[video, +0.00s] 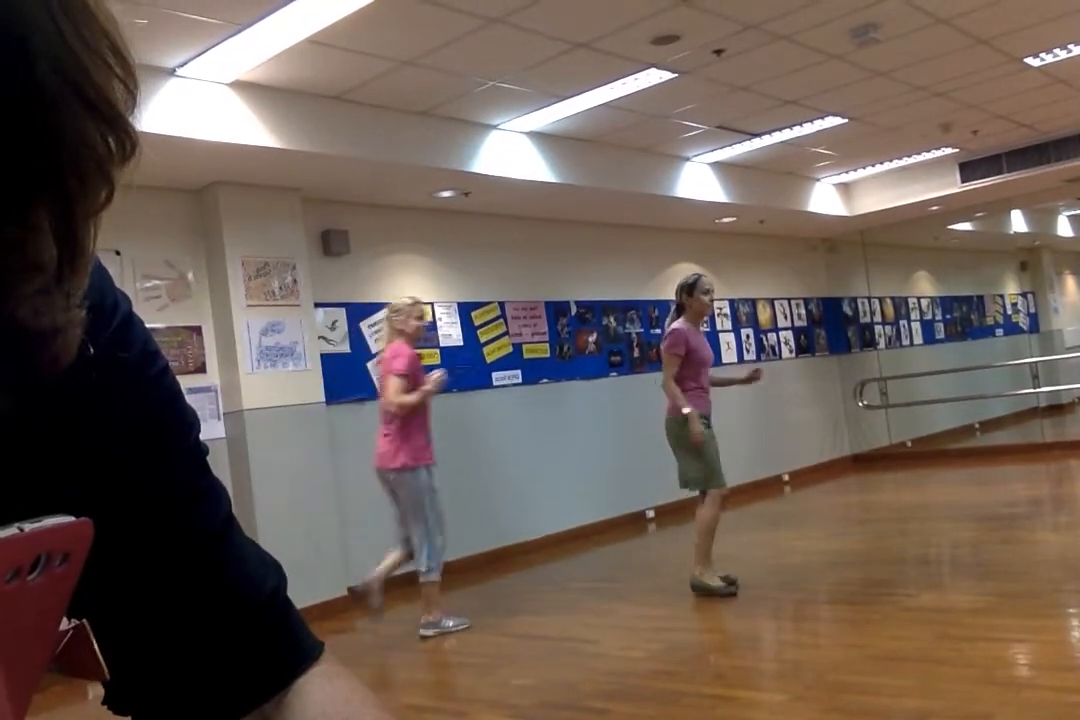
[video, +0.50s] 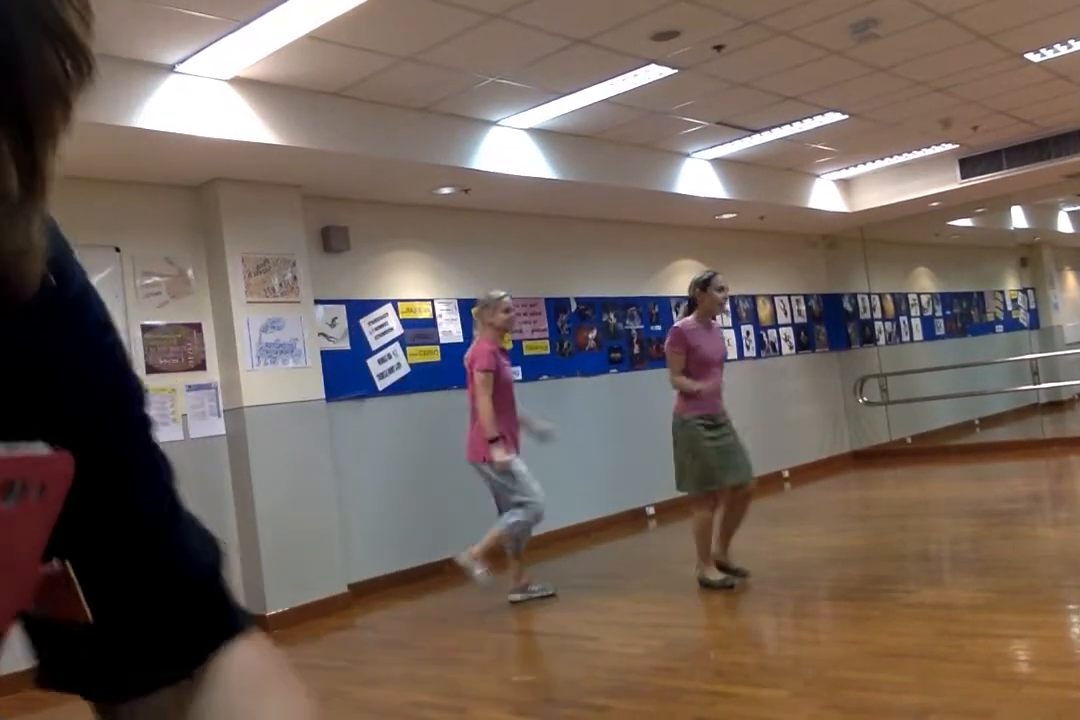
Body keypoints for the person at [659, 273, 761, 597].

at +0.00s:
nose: (711, 300)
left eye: (712, 295)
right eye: (705, 294)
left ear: (705, 300)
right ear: (687, 298)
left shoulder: (697, 332)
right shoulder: (679, 333)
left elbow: (702, 379)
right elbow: (668, 381)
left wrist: (741, 380)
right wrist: (689, 415)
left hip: (699, 418)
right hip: (687, 419)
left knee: (711, 493)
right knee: (714, 491)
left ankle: (705, 570)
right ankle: (701, 572)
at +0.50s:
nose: (726, 295)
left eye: (726, 290)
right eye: (720, 290)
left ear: (714, 297)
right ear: (700, 294)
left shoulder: (716, 329)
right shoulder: (680, 331)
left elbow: (713, 373)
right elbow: (674, 377)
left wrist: (720, 408)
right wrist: (695, 386)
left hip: (718, 417)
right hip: (692, 421)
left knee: (742, 486)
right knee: (704, 496)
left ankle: (721, 555)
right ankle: (704, 568)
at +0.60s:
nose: (732, 294)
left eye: (732, 289)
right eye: (726, 288)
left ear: (722, 295)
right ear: (706, 293)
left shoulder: (722, 328)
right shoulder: (690, 327)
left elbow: (715, 374)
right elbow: (688, 373)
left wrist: (725, 411)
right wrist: (718, 365)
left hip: (724, 416)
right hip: (698, 419)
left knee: (755, 485)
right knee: (708, 494)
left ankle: (751, 565)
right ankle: (705, 570)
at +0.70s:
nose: (741, 288)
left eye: (741, 283)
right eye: (735, 283)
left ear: (729, 291)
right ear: (714, 289)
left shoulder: (729, 323)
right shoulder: (703, 320)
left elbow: (724, 367)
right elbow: (699, 363)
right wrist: (733, 352)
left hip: (735, 414)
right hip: (708, 417)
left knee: (758, 489)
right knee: (705, 497)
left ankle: (778, 565)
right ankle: (705, 568)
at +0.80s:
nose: (749, 289)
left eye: (749, 284)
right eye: (743, 283)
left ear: (734, 290)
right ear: (723, 289)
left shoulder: (739, 325)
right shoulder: (715, 320)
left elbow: (734, 367)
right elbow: (715, 361)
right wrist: (748, 360)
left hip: (748, 415)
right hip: (722, 417)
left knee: (769, 490)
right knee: (720, 493)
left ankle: (777, 568)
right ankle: (706, 565)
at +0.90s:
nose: (758, 289)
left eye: (758, 284)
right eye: (752, 284)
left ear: (746, 291)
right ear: (732, 290)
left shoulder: (747, 325)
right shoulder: (725, 321)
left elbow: (748, 372)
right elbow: (733, 366)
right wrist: (764, 390)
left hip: (759, 413)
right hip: (736, 415)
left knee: (783, 488)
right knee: (754, 496)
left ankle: (779, 567)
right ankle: (719, 552)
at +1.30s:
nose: (797, 289)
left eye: (796, 283)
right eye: (790, 284)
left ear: (779, 291)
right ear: (770, 290)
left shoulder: (779, 325)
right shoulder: (757, 326)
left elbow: (783, 371)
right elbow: (740, 374)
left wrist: (823, 372)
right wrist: (743, 423)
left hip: (780, 408)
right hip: (771, 410)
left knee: (795, 487)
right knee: (820, 475)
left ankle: (782, 566)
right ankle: (830, 561)